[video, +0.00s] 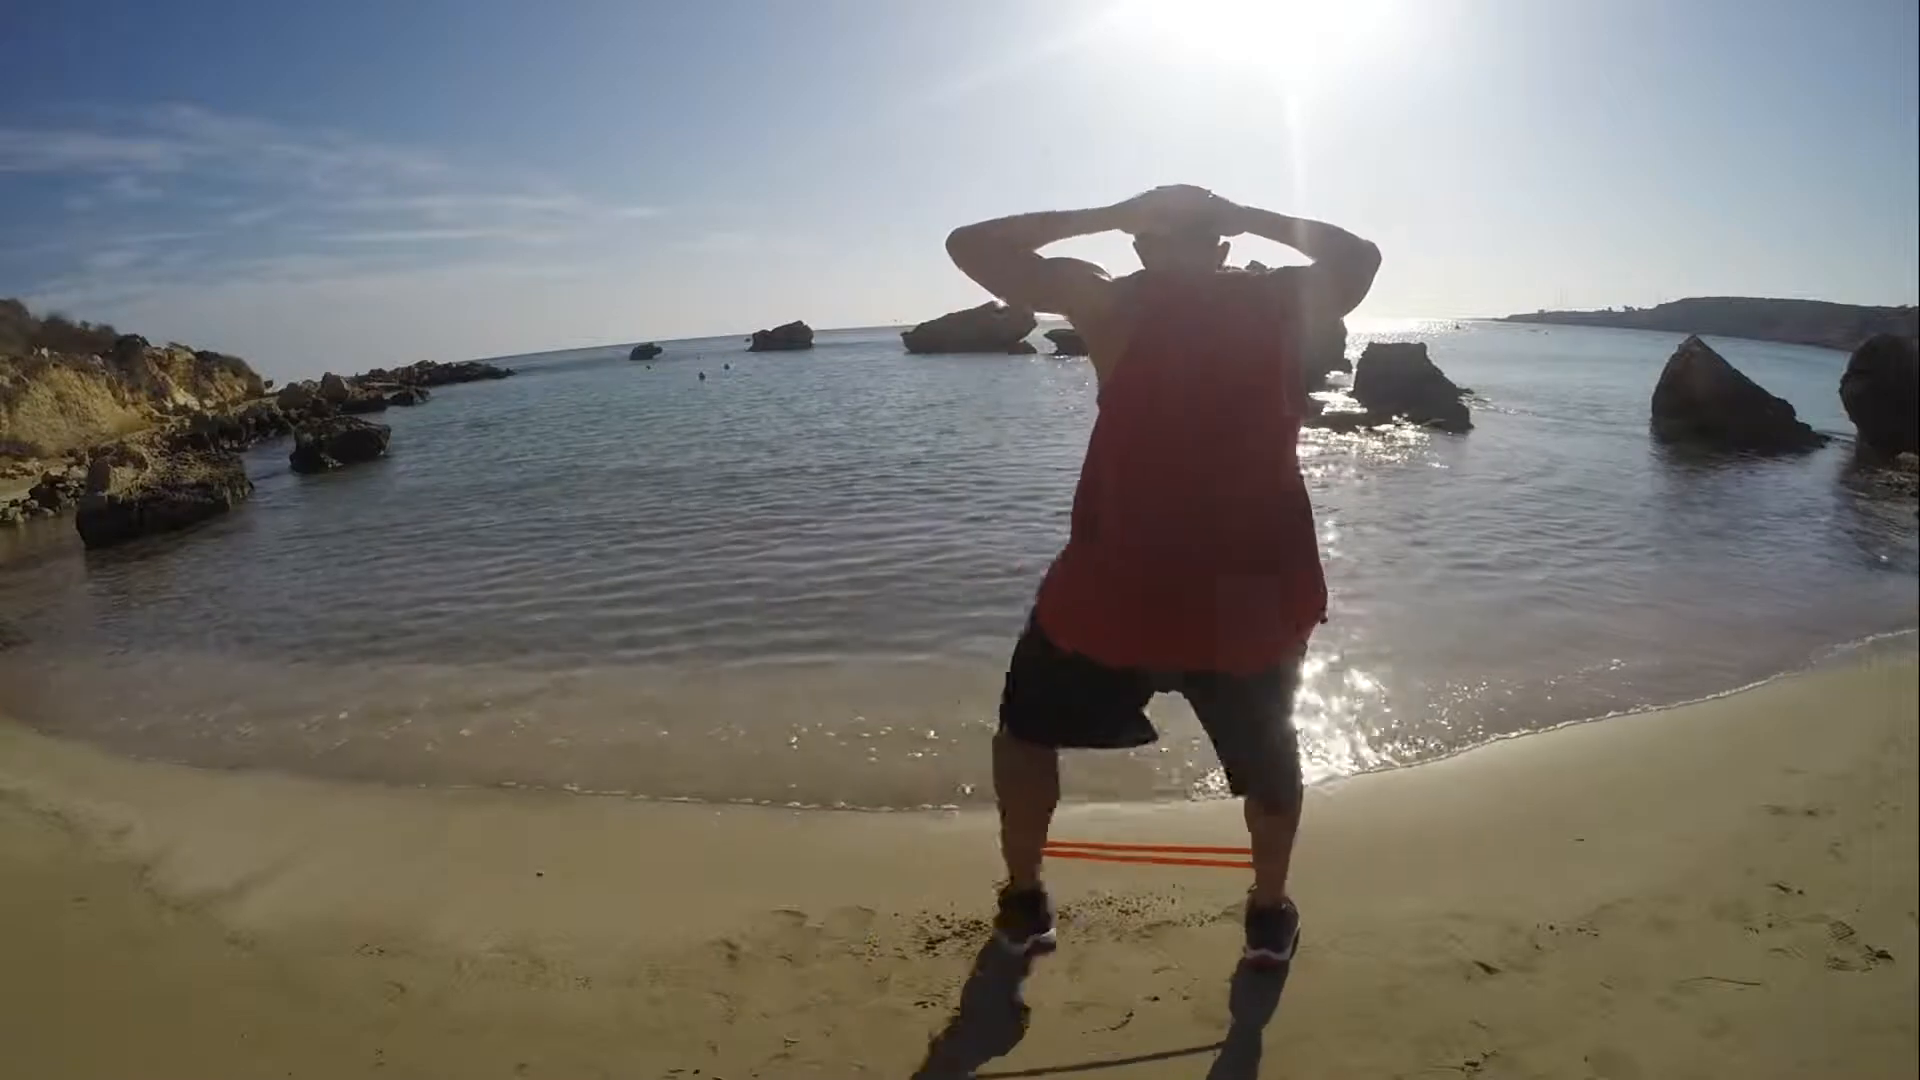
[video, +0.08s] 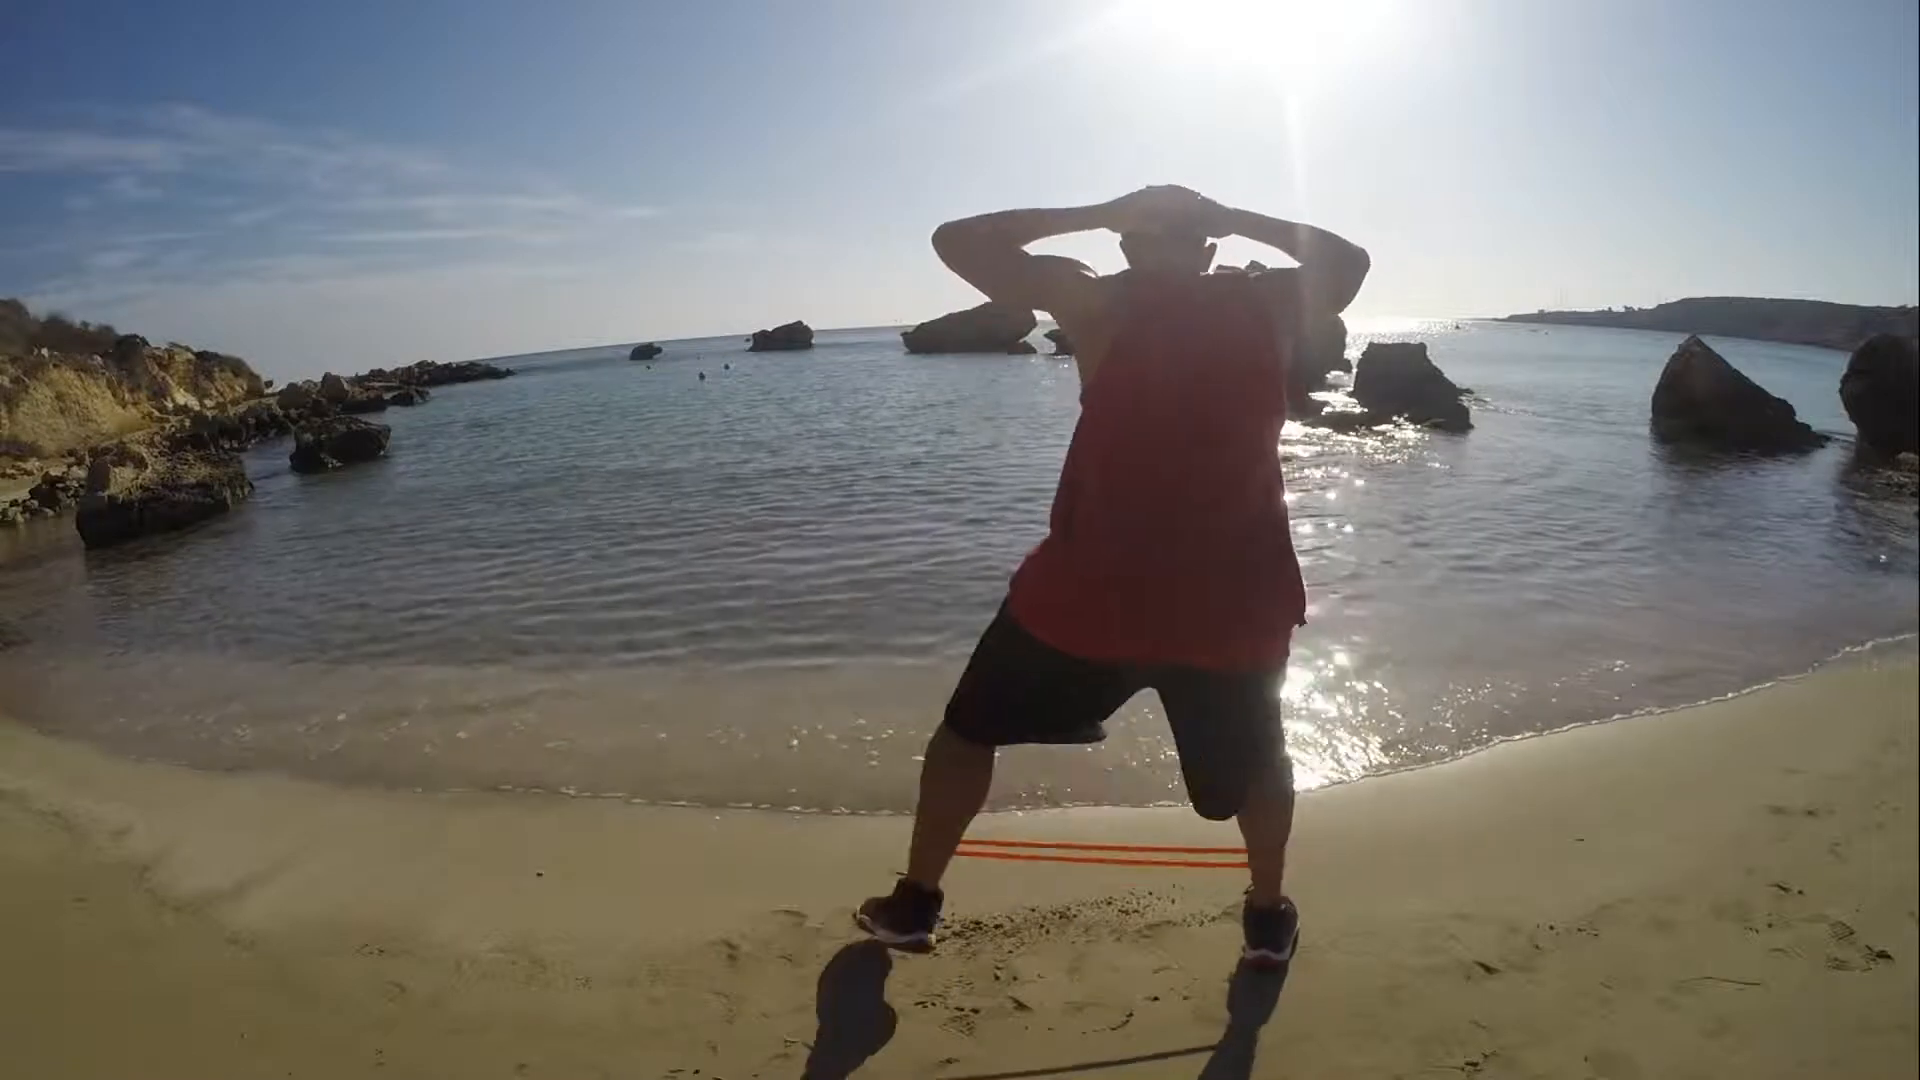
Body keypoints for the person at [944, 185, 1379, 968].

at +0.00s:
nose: (1146, 230)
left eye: (1146, 220)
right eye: (1154, 218)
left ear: (1142, 240)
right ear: (1220, 238)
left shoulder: (1111, 305)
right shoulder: (1284, 301)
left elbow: (970, 244)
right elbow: (1360, 255)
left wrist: (1105, 214)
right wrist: (1248, 216)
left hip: (1115, 577)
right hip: (1251, 587)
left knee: (1027, 725)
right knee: (1270, 757)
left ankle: (1022, 899)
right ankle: (1270, 910)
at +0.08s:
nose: (1145, 232)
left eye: (1142, 221)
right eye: (1159, 219)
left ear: (1124, 243)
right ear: (1208, 242)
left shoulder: (1094, 306)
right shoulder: (1267, 306)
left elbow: (958, 240)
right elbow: (1348, 259)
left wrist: (1098, 213)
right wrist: (1236, 219)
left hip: (1091, 577)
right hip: (1229, 590)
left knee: (970, 725)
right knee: (1258, 761)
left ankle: (916, 900)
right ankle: (1268, 913)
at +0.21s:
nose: (1117, 259)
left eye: (1118, 246)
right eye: (1114, 245)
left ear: (1085, 252)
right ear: (1167, 251)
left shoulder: (1050, 314)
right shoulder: (1223, 314)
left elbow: (914, 251)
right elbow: (1308, 263)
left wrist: (1053, 222)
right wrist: (1193, 227)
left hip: (1047, 584)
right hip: (1191, 596)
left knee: (893, 744)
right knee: (1243, 751)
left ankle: (799, 900)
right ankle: (1263, 912)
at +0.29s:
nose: (1059, 260)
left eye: (1062, 246)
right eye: (1071, 245)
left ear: (1039, 262)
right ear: (1123, 264)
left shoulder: (998, 326)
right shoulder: (1172, 326)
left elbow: (867, 259)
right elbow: (1271, 279)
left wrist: (1006, 234)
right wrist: (1154, 237)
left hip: (1000, 602)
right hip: (1152, 606)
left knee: (863, 770)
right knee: (1227, 759)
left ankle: (776, 930)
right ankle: (1262, 915)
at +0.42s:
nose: (1016, 256)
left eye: (1005, 242)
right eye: (1017, 243)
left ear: (954, 258)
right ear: (1039, 260)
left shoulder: (906, 323)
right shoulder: (1087, 322)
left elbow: (782, 256)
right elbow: (1194, 279)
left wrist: (921, 228)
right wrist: (1067, 234)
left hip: (921, 609)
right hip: (1075, 604)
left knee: (810, 776)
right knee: (1190, 768)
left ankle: (761, 936)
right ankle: (1251, 906)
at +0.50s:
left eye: (921, 222)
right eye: (954, 223)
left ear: (893, 244)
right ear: (981, 249)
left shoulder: (841, 306)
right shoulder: (1031, 309)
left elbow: (725, 242)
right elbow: (1141, 264)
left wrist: (864, 217)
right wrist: (1013, 221)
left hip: (869, 602)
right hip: (1025, 589)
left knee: (791, 772)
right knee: (1148, 755)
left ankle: (757, 941)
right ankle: (1212, 906)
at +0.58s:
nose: (896, 219)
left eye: (884, 210)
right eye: (911, 210)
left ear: (851, 234)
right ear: (939, 236)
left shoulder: (800, 296)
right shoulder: (990, 295)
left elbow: (689, 236)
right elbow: (1104, 250)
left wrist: (820, 208)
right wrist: (970, 211)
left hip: (828, 599)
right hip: (985, 588)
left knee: (776, 774)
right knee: (1083, 751)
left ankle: (756, 939)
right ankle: (1112, 917)